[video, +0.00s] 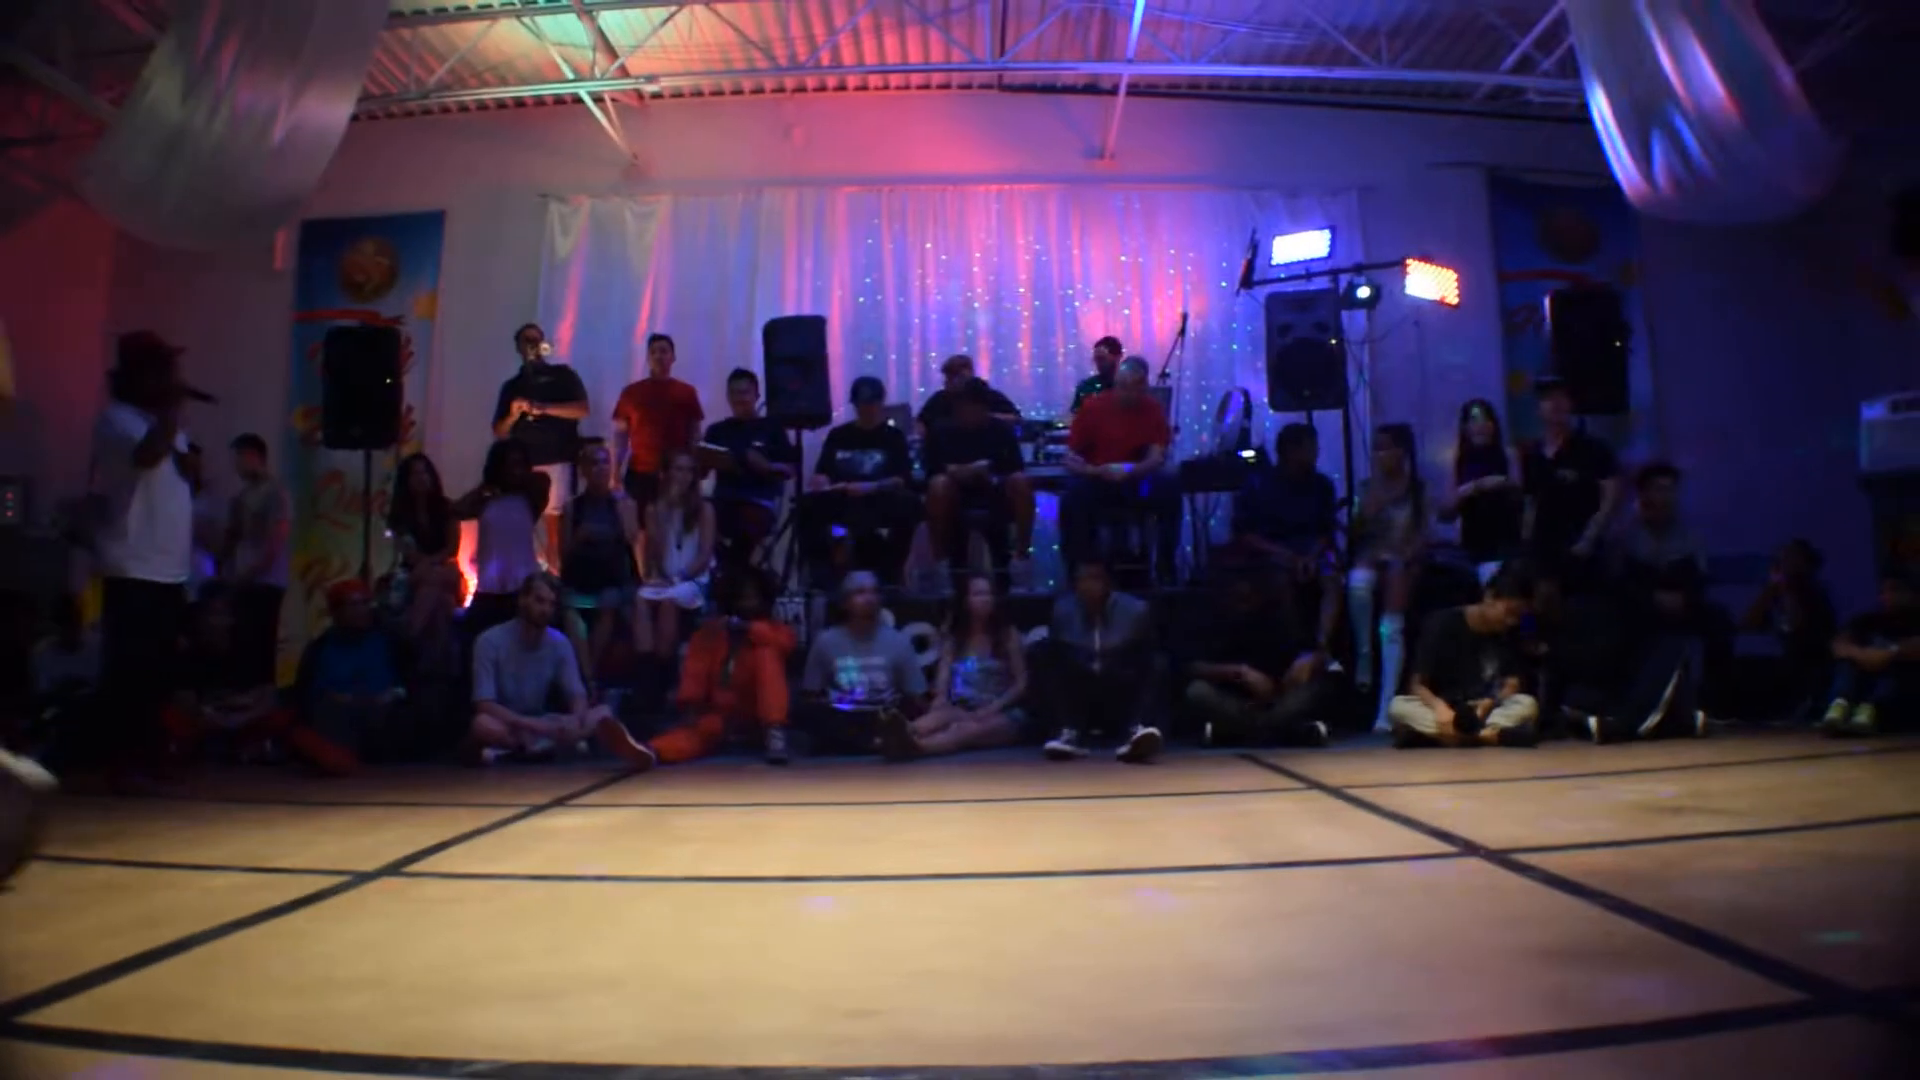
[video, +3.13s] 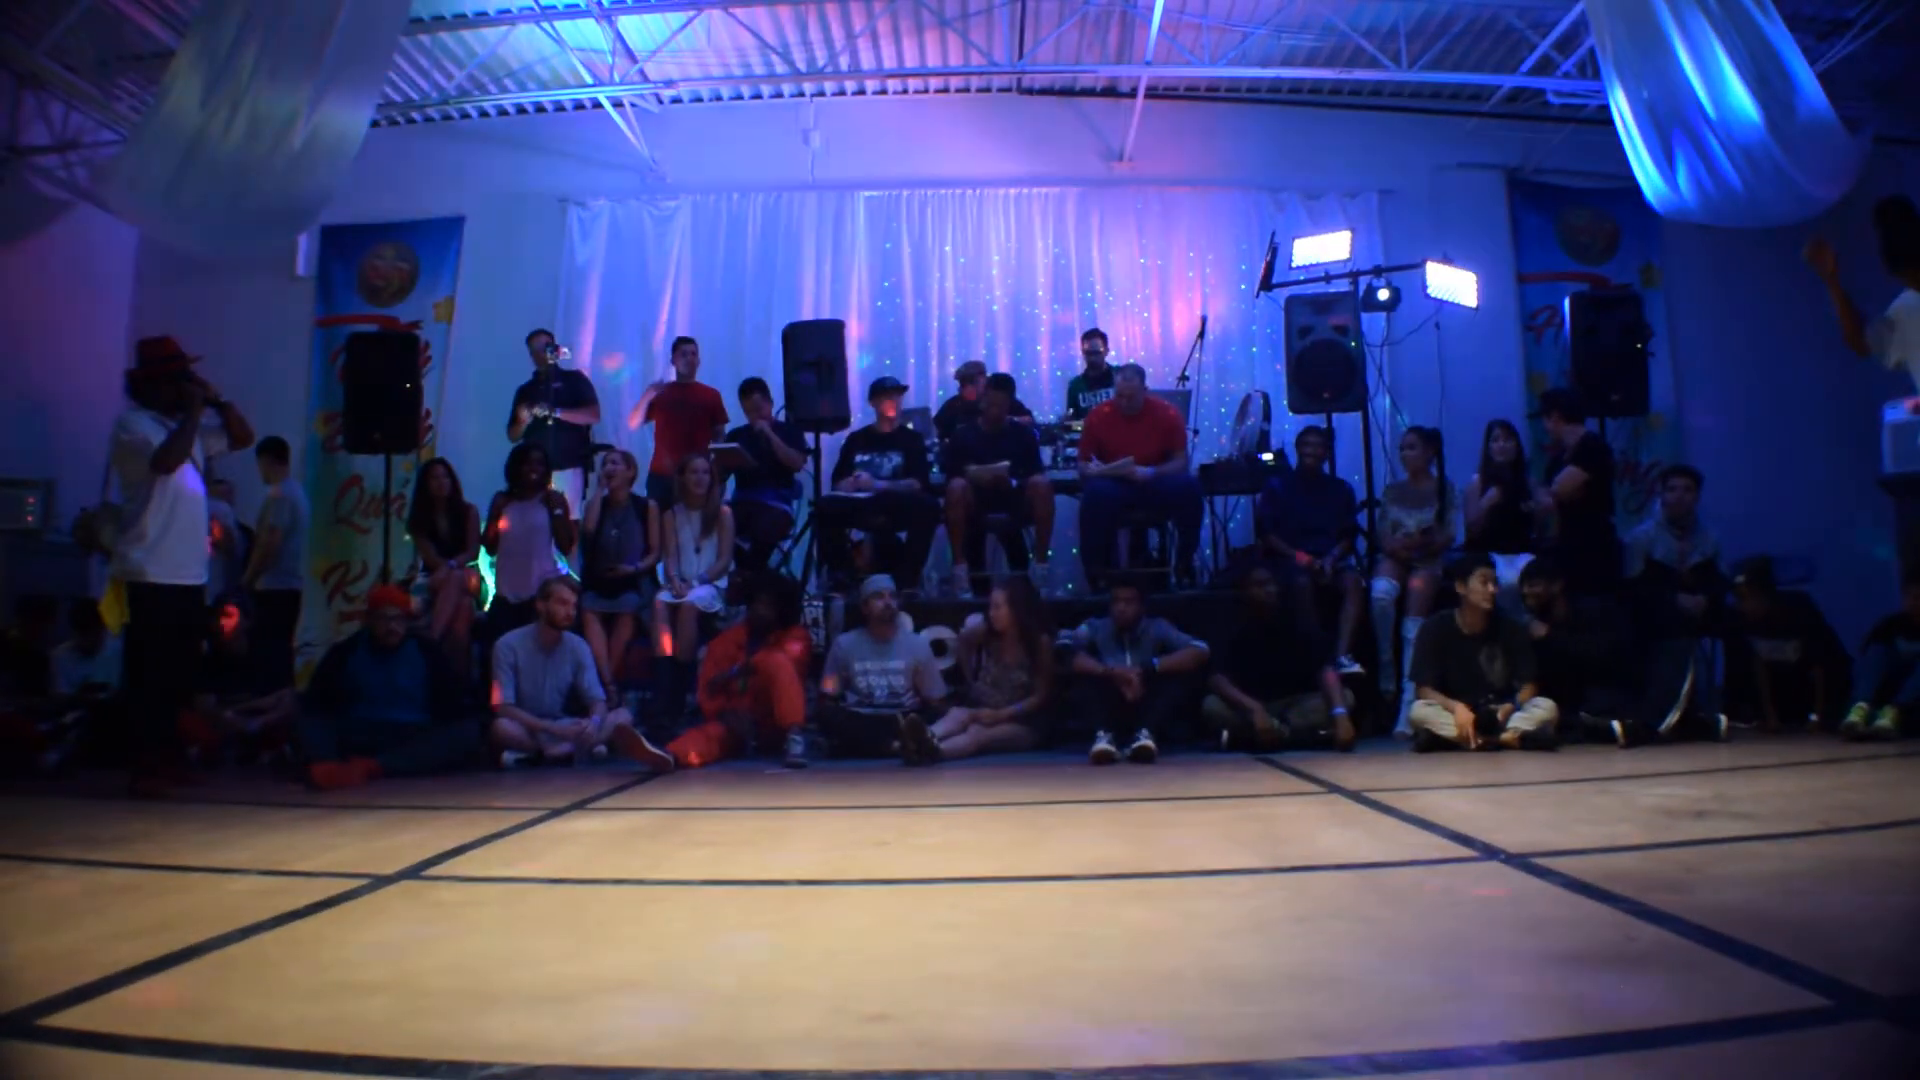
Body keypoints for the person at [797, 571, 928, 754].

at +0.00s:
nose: (868, 600)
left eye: (873, 593)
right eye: (860, 593)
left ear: (879, 598)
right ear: (846, 601)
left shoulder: (897, 642)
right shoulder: (826, 642)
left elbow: (916, 700)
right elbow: (811, 698)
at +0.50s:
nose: (872, 601)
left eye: (877, 594)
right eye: (863, 595)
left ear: (883, 600)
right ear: (850, 604)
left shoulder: (902, 644)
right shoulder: (831, 644)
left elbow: (918, 698)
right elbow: (815, 697)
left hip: (889, 722)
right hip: (843, 722)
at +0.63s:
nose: (895, 600)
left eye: (900, 594)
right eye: (886, 594)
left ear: (906, 599)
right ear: (873, 603)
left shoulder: (925, 643)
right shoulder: (853, 643)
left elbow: (941, 698)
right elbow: (837, 696)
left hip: (911, 714)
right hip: (867, 714)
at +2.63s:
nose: (887, 603)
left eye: (892, 596)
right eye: (878, 597)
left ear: (898, 602)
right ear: (865, 606)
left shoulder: (916, 645)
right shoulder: (845, 645)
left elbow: (936, 701)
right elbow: (829, 700)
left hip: (905, 716)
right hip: (861, 718)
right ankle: (894, 746)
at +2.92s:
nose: (887, 603)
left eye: (891, 597)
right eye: (878, 598)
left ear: (898, 602)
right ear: (865, 606)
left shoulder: (916, 644)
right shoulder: (845, 645)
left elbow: (936, 701)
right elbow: (829, 699)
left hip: (908, 717)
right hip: (863, 717)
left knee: (964, 714)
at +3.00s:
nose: (886, 603)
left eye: (891, 596)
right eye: (878, 598)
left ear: (897, 601)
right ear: (864, 605)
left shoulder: (916, 645)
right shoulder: (845, 645)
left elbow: (937, 702)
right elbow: (829, 701)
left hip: (908, 721)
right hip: (862, 722)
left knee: (964, 714)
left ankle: (925, 747)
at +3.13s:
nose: (887, 603)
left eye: (892, 597)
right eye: (879, 597)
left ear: (898, 602)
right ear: (865, 606)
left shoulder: (916, 645)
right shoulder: (845, 645)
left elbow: (937, 702)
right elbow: (828, 698)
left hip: (906, 716)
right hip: (860, 717)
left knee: (964, 713)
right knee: (829, 716)